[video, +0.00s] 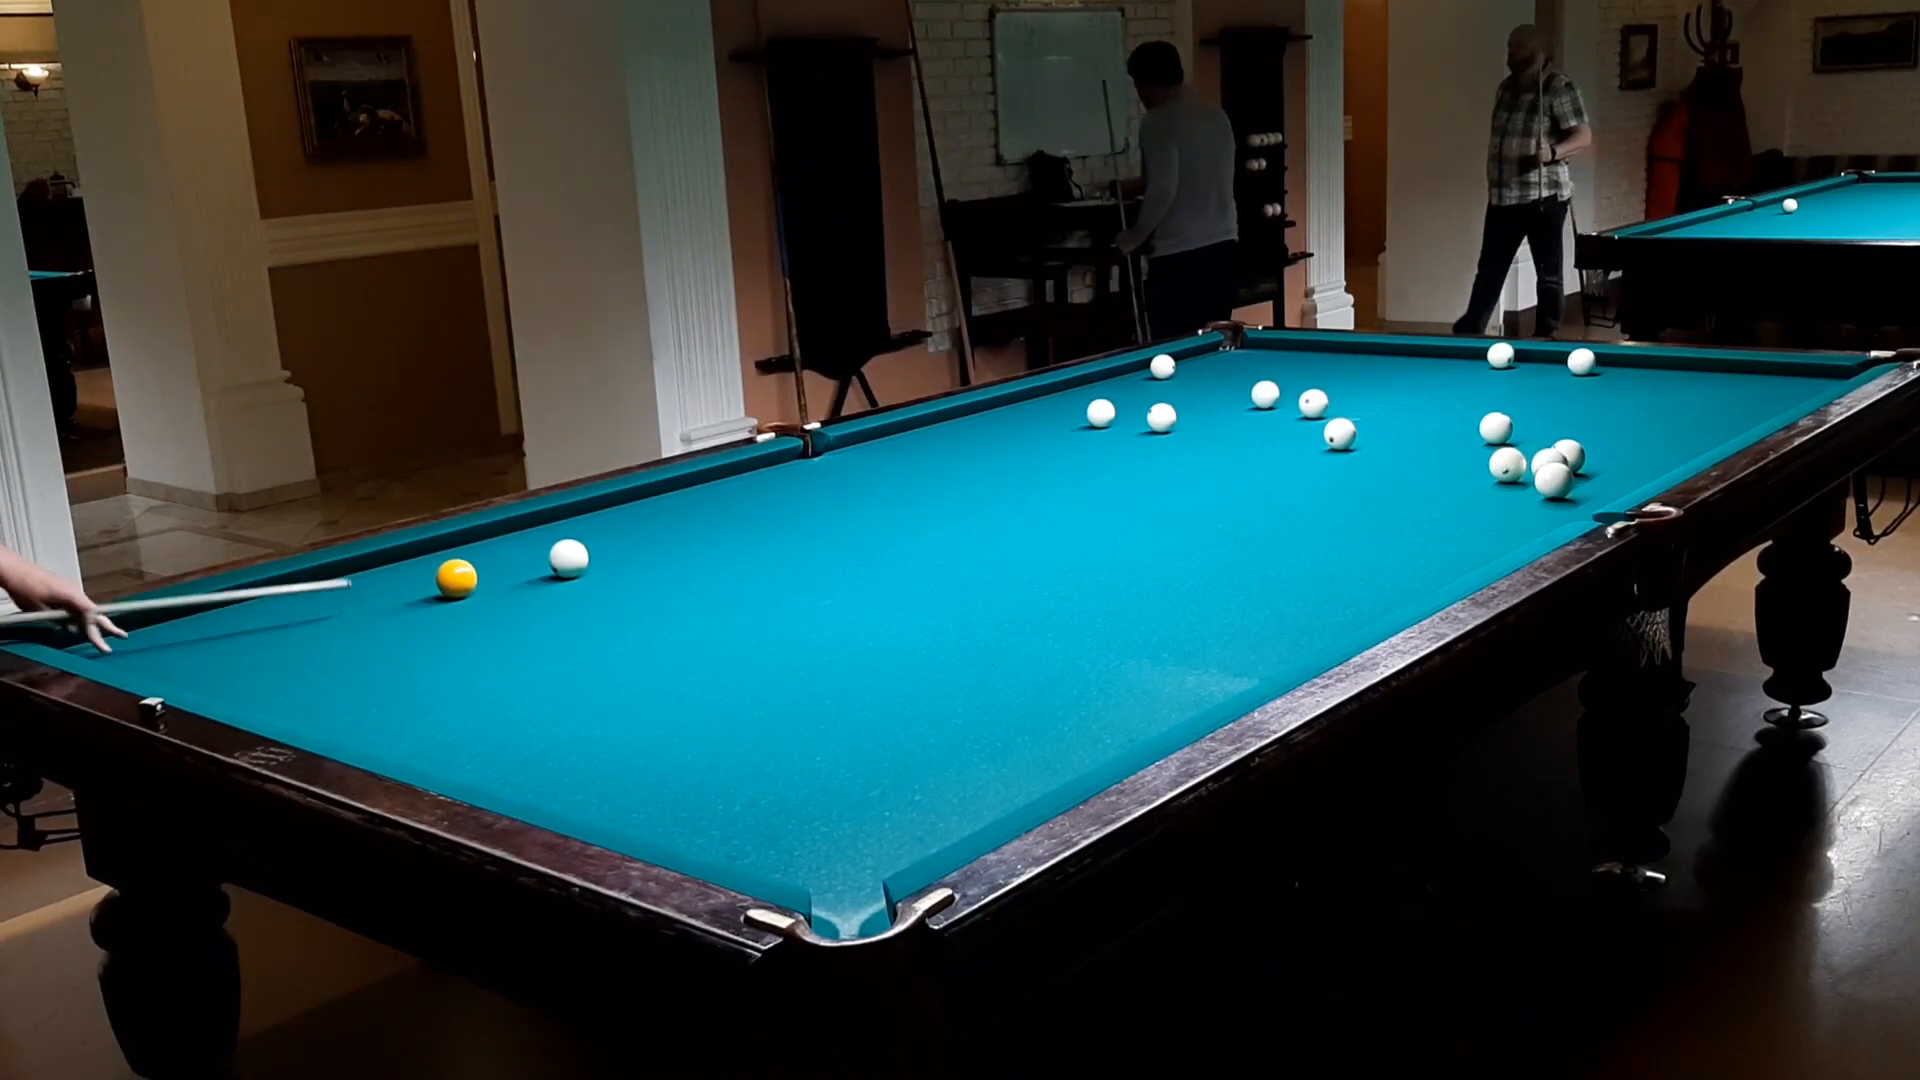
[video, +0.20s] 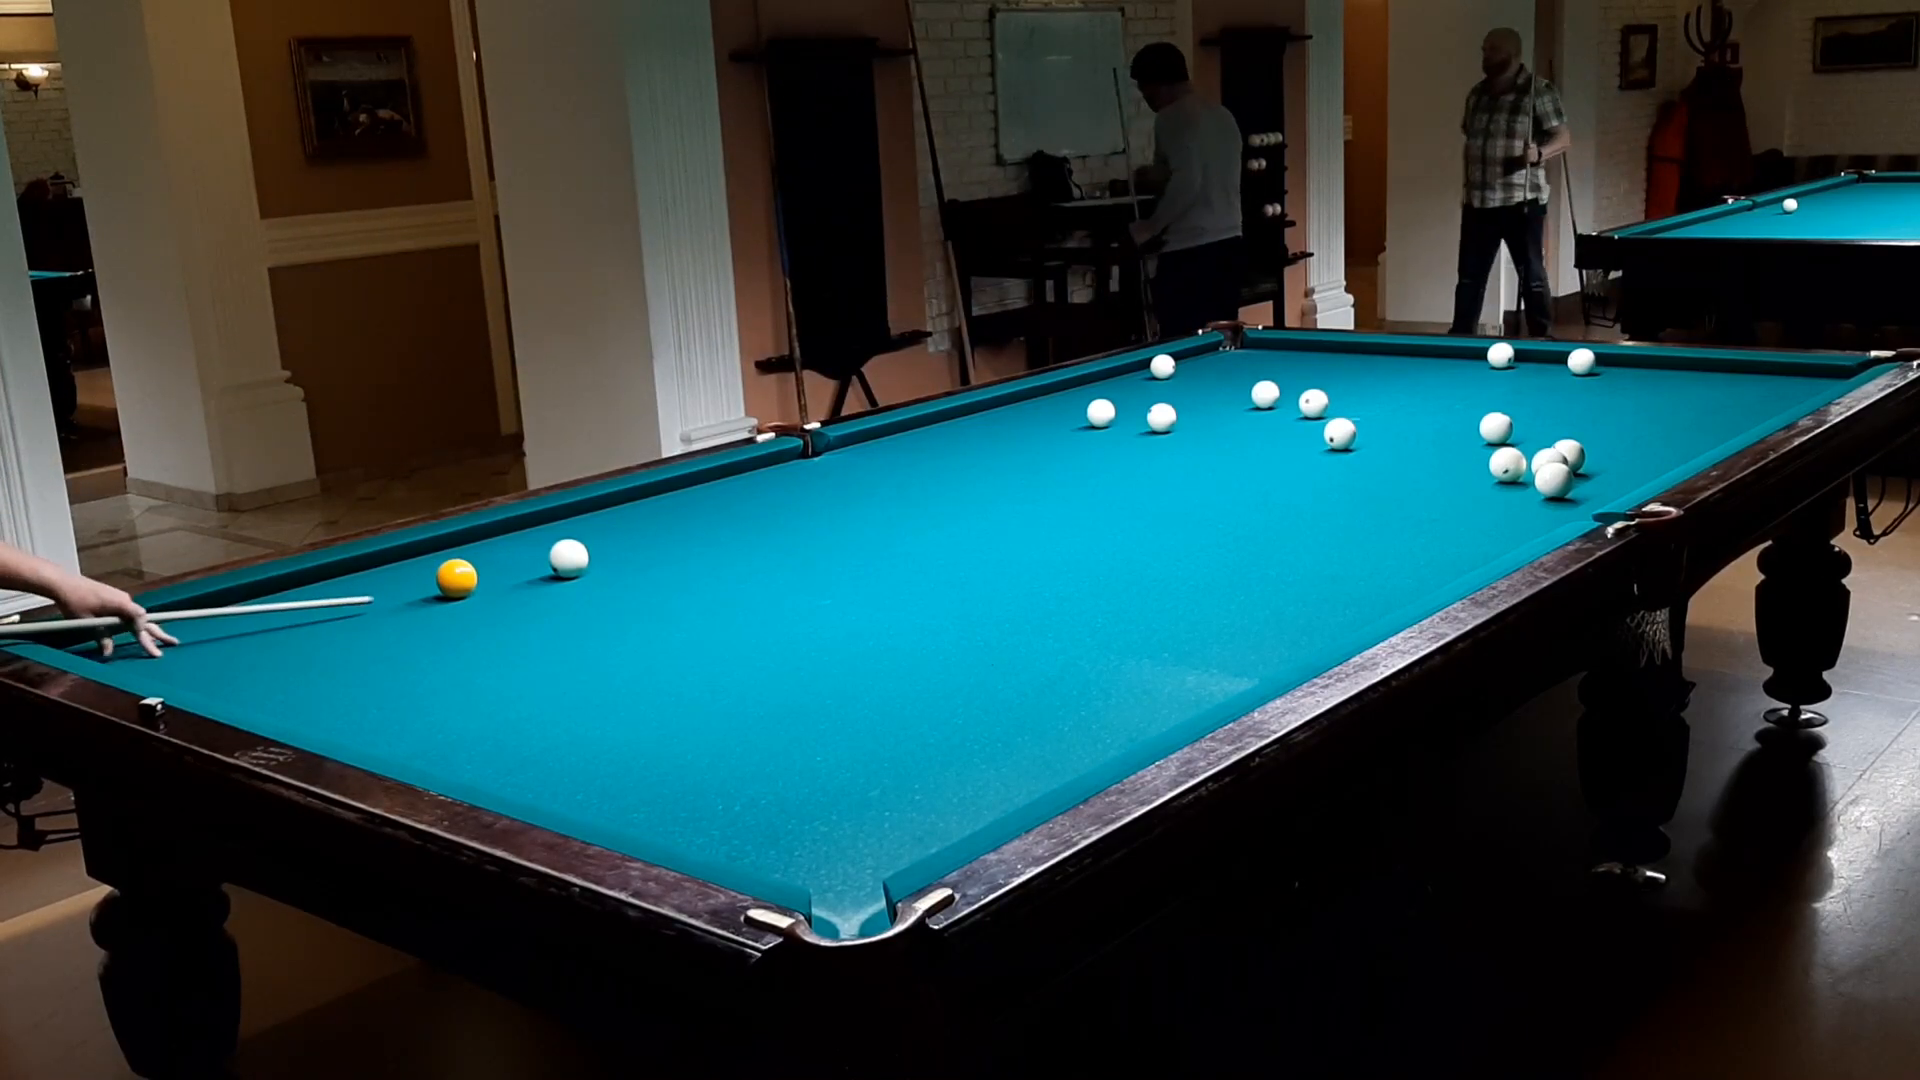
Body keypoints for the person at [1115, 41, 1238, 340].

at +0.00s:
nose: (1137, 92)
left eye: (1138, 83)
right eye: (1136, 83)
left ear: (1149, 82)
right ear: (1177, 72)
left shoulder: (1158, 122)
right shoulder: (1217, 116)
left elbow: (1163, 190)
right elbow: (1218, 180)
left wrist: (1137, 235)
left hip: (1177, 258)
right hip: (1223, 252)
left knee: (1174, 351)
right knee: (1215, 344)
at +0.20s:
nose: (1141, 94)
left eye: (1142, 85)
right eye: (1139, 86)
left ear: (1156, 82)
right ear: (1182, 73)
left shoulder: (1172, 119)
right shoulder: (1223, 117)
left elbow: (1185, 181)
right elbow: (1226, 180)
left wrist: (1151, 226)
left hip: (1188, 255)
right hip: (1229, 248)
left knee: (1181, 348)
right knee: (1222, 342)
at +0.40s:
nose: (1157, 98)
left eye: (1157, 88)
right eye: (1154, 89)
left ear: (1172, 82)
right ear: (1194, 75)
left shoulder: (1194, 116)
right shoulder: (1232, 113)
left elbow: (1210, 179)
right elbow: (1236, 180)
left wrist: (1164, 225)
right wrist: (1172, 172)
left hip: (1206, 252)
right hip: (1238, 246)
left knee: (1192, 348)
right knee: (1227, 343)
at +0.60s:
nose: (1166, 97)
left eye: (1166, 86)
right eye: (1163, 87)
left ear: (1181, 78)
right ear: (1200, 73)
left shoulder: (1203, 113)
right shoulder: (1236, 111)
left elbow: (1214, 177)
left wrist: (1158, 215)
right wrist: (1174, 179)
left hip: (1210, 250)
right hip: (1240, 244)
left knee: (1195, 346)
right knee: (1228, 342)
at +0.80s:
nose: (1163, 96)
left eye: (1163, 85)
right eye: (1160, 86)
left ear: (1179, 79)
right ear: (1199, 74)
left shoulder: (1198, 114)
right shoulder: (1235, 112)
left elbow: (1206, 179)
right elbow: (1231, 179)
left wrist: (1153, 219)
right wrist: (1169, 181)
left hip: (1204, 252)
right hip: (1236, 246)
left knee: (1193, 348)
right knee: (1227, 343)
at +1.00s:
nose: (1150, 94)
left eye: (1151, 85)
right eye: (1148, 86)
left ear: (1166, 80)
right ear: (1189, 74)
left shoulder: (1184, 117)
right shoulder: (1226, 113)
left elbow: (1194, 184)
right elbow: (1224, 180)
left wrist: (1150, 231)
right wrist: (1162, 180)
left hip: (1195, 253)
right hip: (1231, 247)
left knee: (1188, 349)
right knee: (1226, 342)